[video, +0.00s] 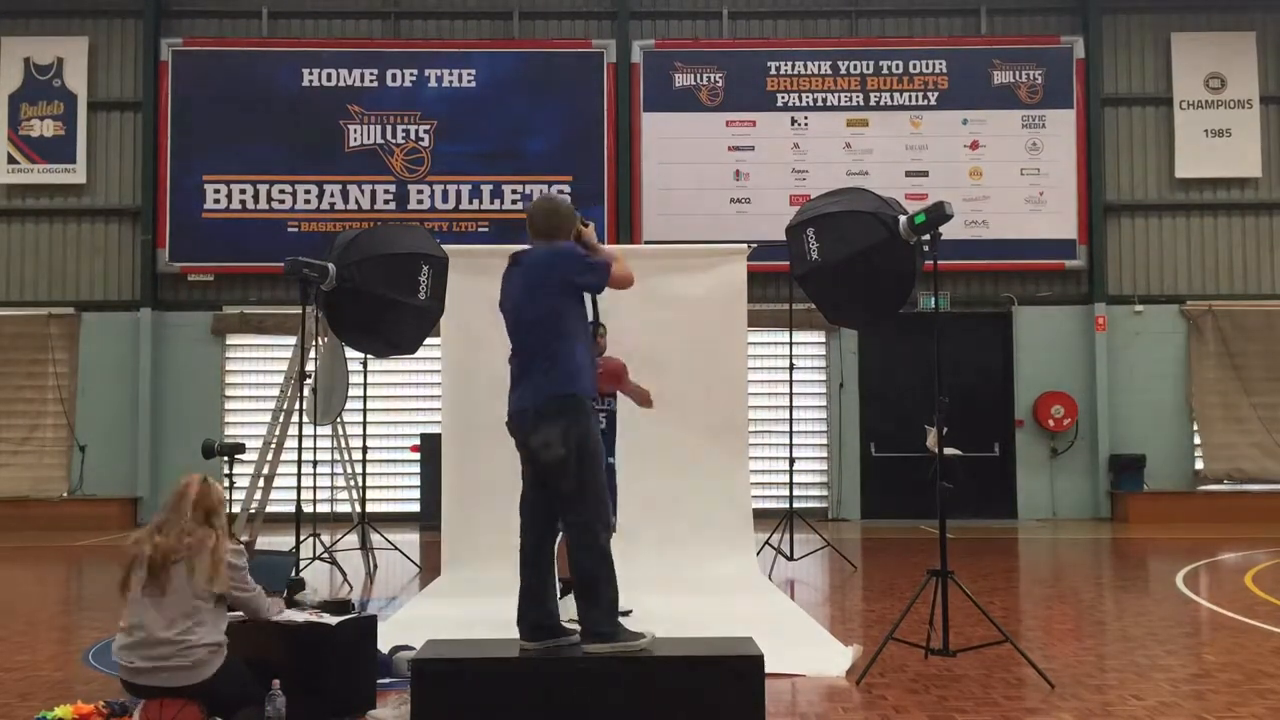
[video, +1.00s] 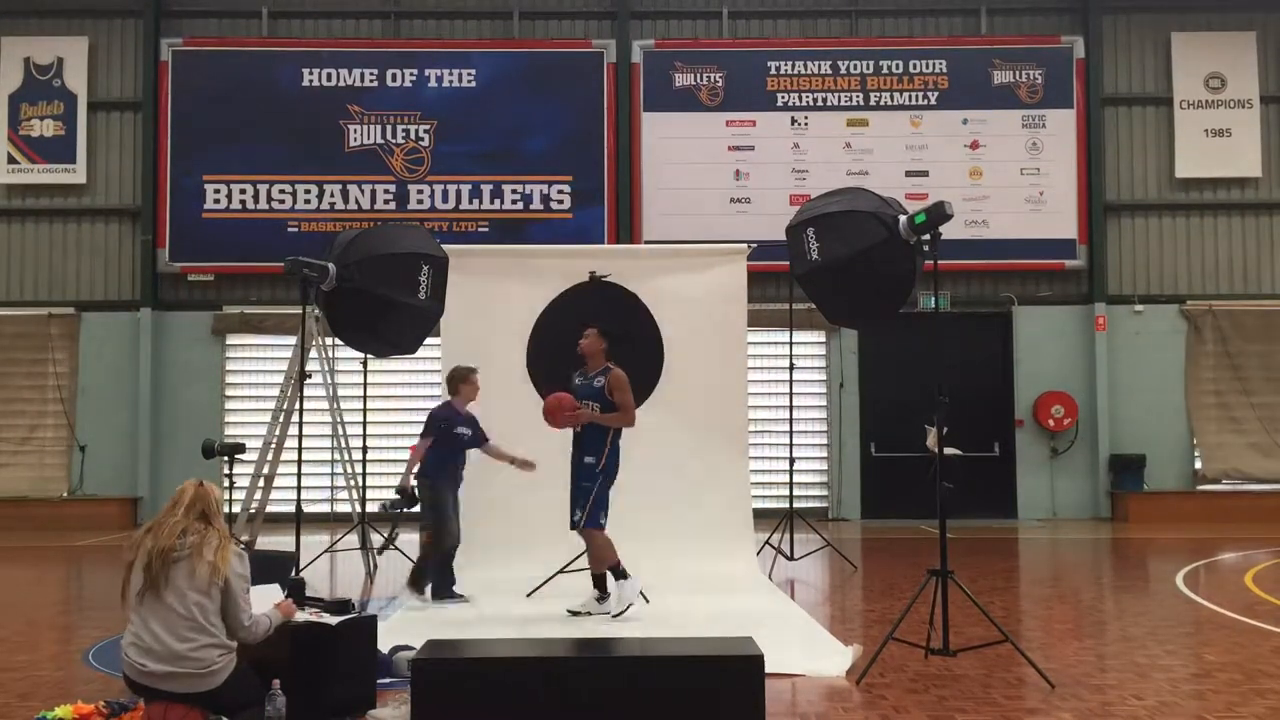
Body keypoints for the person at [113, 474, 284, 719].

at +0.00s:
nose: (225, 514)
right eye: (222, 508)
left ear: (174, 506)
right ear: (216, 511)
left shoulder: (145, 542)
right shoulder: (225, 550)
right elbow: (259, 608)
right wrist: (277, 604)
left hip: (136, 680)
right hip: (196, 677)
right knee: (252, 700)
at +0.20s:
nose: (223, 509)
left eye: (222, 503)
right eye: (221, 504)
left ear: (176, 503)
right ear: (215, 507)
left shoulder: (149, 542)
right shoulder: (226, 546)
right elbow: (270, 575)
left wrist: (225, 607)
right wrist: (303, 571)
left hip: (137, 673)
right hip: (199, 670)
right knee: (252, 702)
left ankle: (147, 706)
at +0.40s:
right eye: (219, 505)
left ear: (169, 506)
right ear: (214, 509)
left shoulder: (141, 545)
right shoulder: (231, 555)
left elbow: (133, 612)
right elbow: (241, 635)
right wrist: (233, 665)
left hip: (138, 680)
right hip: (203, 684)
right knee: (255, 698)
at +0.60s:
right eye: (216, 511)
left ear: (169, 511)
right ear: (210, 514)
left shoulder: (143, 543)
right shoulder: (225, 552)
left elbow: (132, 608)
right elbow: (243, 628)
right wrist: (279, 614)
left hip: (140, 678)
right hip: (205, 682)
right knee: (254, 703)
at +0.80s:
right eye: (218, 507)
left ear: (170, 507)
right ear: (213, 510)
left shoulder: (146, 543)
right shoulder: (228, 553)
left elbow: (134, 607)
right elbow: (244, 630)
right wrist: (278, 614)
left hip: (139, 677)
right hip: (204, 682)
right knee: (254, 701)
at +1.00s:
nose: (223, 515)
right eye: (221, 509)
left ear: (174, 508)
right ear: (215, 512)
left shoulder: (147, 543)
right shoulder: (229, 554)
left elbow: (135, 608)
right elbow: (245, 630)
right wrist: (279, 614)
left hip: (140, 677)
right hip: (204, 682)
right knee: (252, 702)